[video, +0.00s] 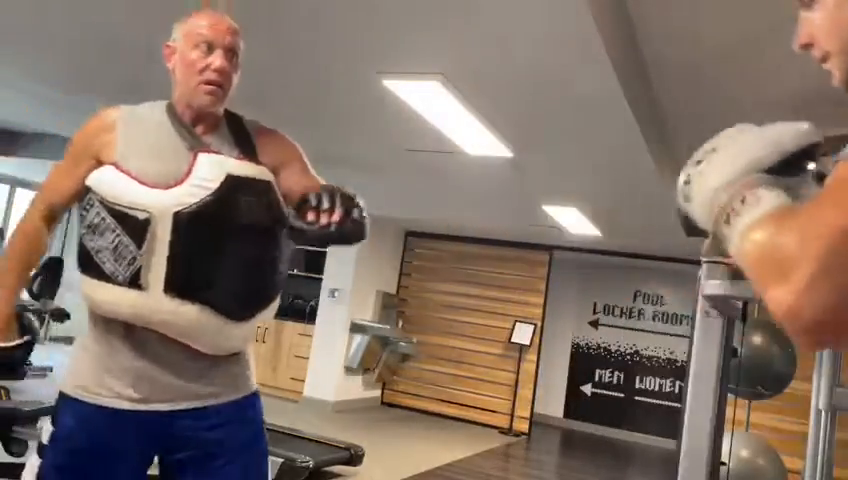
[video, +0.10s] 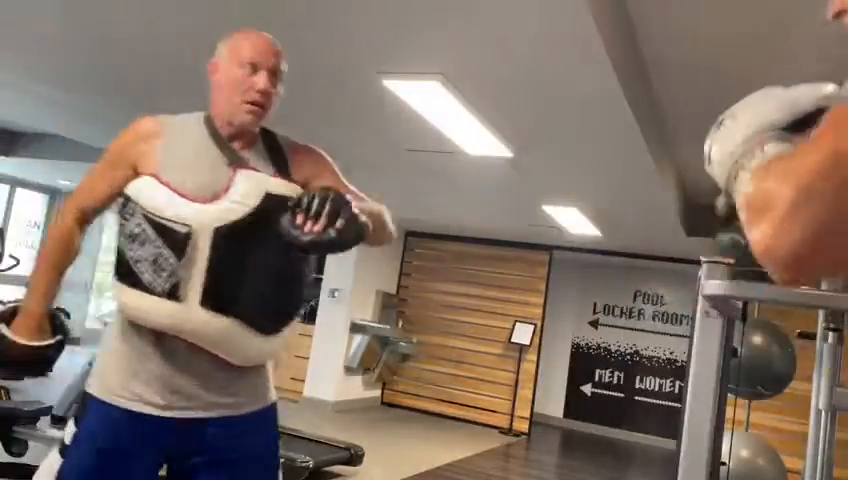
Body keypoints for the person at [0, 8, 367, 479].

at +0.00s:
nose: (218, 64)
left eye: (231, 54)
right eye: (204, 47)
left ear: (240, 69)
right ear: (171, 56)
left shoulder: (271, 149)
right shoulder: (111, 130)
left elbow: (333, 219)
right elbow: (41, 217)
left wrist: (332, 212)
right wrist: (4, 312)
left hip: (220, 399)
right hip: (105, 393)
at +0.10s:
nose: (264, 85)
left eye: (274, 76)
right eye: (251, 68)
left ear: (281, 90)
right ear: (214, 70)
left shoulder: (303, 164)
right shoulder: (149, 139)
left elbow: (384, 231)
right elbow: (73, 215)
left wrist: (352, 215)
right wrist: (33, 312)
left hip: (239, 408)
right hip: (129, 399)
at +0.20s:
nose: (312, 106)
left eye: (322, 96)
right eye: (300, 89)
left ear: (328, 108)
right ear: (263, 86)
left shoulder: (336, 179)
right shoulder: (194, 143)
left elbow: (398, 253)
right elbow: (111, 212)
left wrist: (348, 245)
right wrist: (71, 306)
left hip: (261, 412)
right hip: (157, 400)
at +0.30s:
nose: (346, 122)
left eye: (356, 113)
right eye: (335, 104)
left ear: (360, 122)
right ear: (299, 99)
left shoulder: (358, 191)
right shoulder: (228, 144)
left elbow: (394, 280)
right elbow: (134, 205)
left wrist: (354, 274)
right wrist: (122, 304)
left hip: (274, 403)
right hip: (176, 389)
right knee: (137, 472)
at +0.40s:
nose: (362, 131)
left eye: (372, 123)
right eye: (352, 113)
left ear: (377, 131)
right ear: (318, 105)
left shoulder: (372, 196)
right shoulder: (248, 144)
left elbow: (395, 285)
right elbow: (150, 198)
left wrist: (360, 286)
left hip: (278, 400)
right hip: (184, 383)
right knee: (137, 474)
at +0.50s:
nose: (367, 130)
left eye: (375, 122)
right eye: (357, 113)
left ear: (380, 131)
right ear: (322, 106)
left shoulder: (373, 196)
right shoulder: (253, 144)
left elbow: (397, 283)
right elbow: (165, 194)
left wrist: (352, 288)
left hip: (277, 399)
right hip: (183, 380)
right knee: (132, 474)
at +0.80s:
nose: (325, 123)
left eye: (333, 114)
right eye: (314, 106)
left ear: (338, 124)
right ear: (276, 103)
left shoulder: (333, 190)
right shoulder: (208, 147)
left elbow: (356, 281)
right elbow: (117, 208)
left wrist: (389, 264)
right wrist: (172, 258)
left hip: (257, 406)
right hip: (159, 397)